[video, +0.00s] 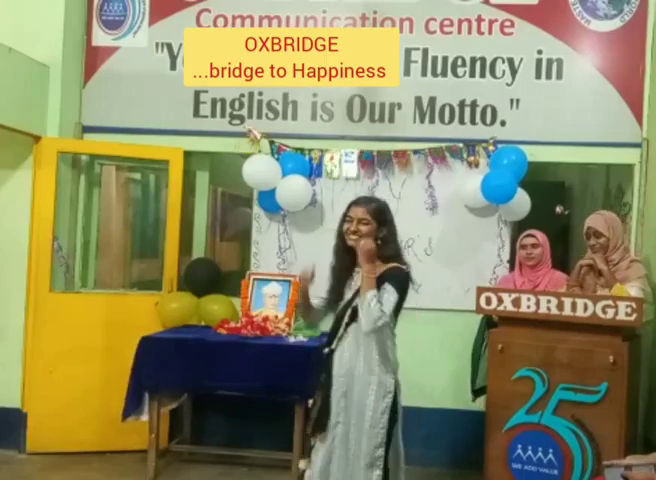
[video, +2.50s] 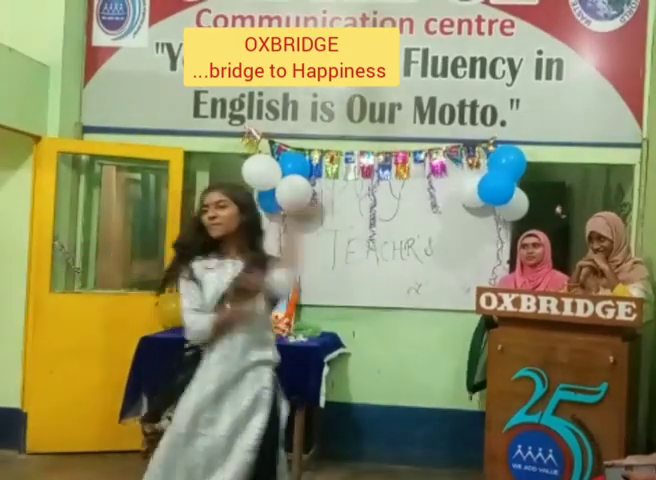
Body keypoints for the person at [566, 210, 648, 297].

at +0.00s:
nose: (591, 243)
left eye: (598, 236)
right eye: (588, 237)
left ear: (613, 236)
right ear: (585, 238)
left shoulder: (633, 267)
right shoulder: (583, 268)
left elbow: (634, 305)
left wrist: (605, 270)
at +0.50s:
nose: (593, 243)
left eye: (599, 236)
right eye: (588, 237)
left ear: (614, 236)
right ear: (585, 239)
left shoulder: (633, 268)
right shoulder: (585, 269)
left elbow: (634, 304)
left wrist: (606, 269)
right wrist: (577, 273)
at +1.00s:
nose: (595, 247)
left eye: (601, 239)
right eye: (591, 240)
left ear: (617, 238)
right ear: (587, 242)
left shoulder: (635, 268)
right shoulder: (586, 269)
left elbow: (631, 304)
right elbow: (570, 299)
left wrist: (606, 268)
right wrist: (578, 271)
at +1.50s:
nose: (595, 247)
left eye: (601, 239)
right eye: (591, 240)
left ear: (617, 238)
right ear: (587, 242)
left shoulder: (635, 268)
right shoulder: (586, 269)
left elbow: (631, 304)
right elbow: (570, 299)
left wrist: (606, 268)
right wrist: (578, 270)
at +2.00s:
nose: (595, 247)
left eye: (601, 239)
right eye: (590, 240)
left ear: (616, 238)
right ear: (587, 242)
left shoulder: (635, 268)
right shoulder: (586, 268)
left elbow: (633, 304)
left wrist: (606, 269)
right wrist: (577, 273)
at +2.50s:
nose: (595, 247)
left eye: (601, 239)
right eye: (591, 240)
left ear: (616, 238)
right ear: (587, 242)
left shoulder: (636, 268)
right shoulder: (586, 268)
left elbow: (632, 305)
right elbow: (569, 299)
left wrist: (606, 269)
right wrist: (577, 273)